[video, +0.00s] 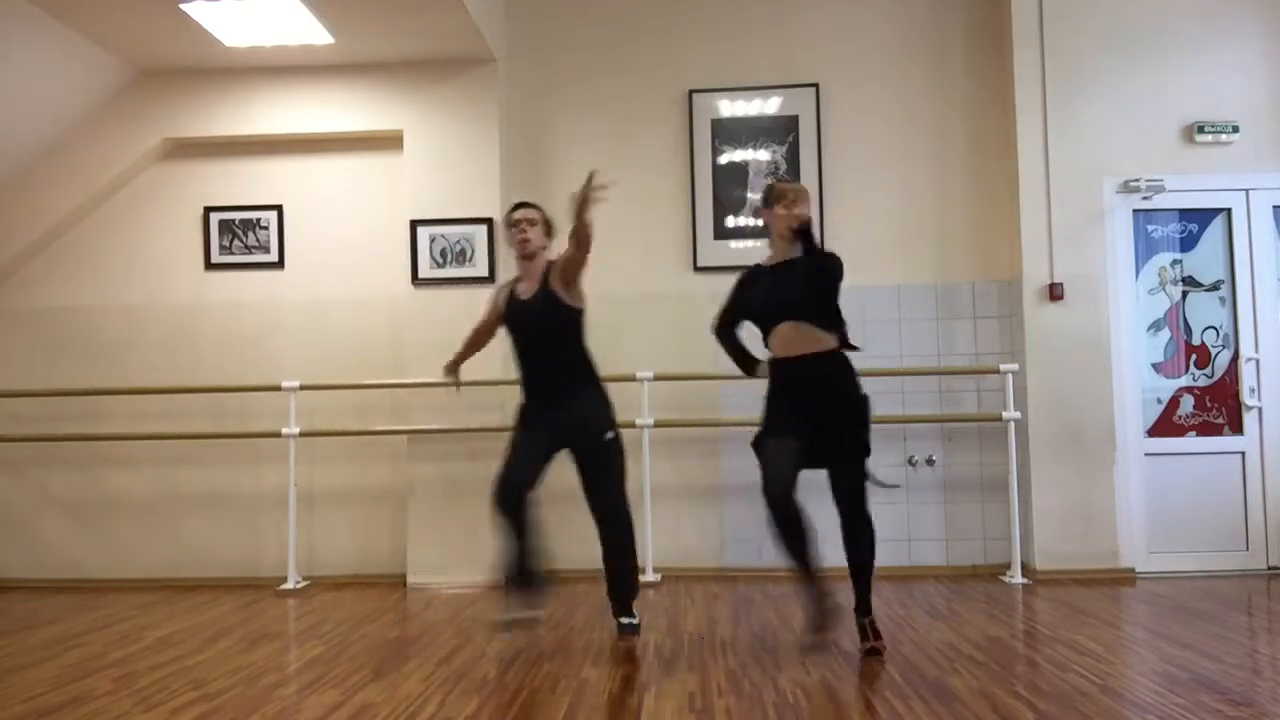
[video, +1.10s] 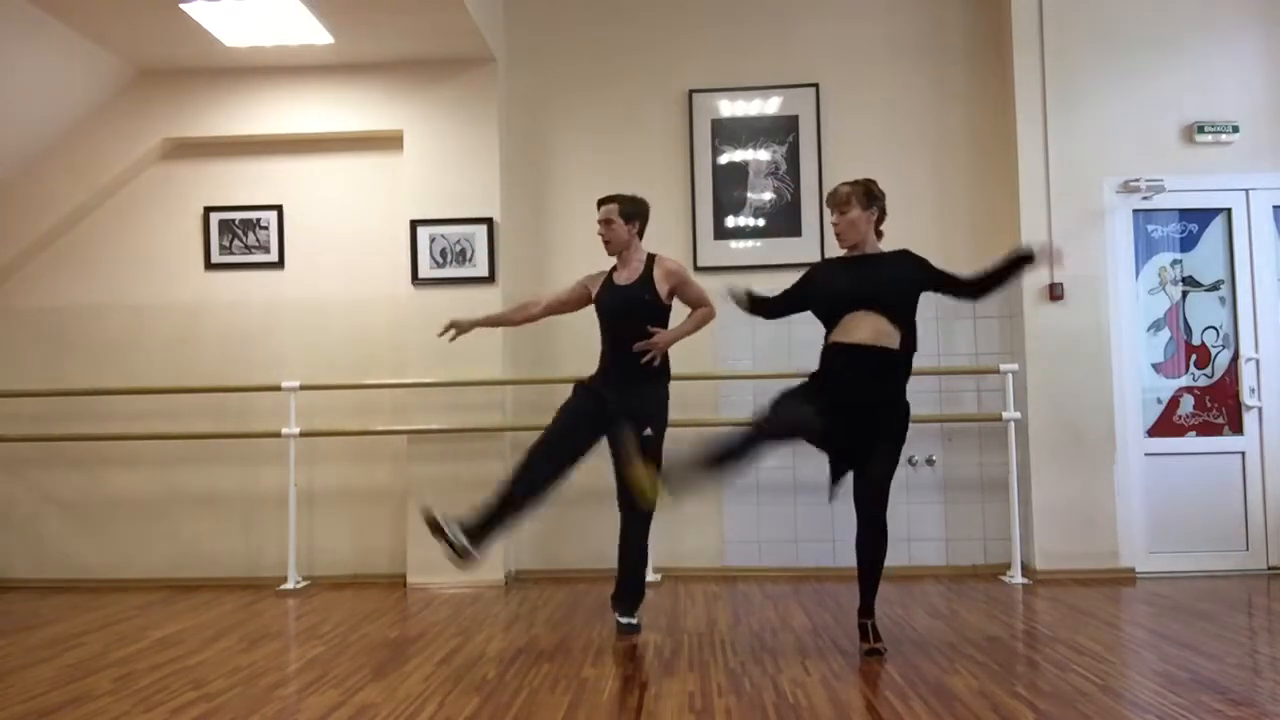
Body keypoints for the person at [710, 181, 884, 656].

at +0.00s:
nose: (795, 211)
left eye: (801, 204)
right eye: (785, 203)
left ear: (809, 216)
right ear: (766, 216)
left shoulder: (825, 265)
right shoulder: (754, 278)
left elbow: (826, 279)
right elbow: (723, 327)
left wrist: (806, 232)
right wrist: (751, 365)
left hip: (836, 388)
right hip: (787, 391)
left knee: (851, 502)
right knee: (777, 492)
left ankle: (864, 612)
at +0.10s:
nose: (817, 218)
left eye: (822, 211)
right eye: (807, 210)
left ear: (828, 222)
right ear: (783, 223)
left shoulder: (841, 270)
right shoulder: (770, 282)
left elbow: (829, 316)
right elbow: (745, 336)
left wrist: (790, 257)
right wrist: (772, 373)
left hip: (856, 393)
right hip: (809, 400)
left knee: (862, 507)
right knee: (822, 507)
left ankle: (863, 614)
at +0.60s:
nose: (849, 218)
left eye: (853, 212)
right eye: (838, 211)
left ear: (857, 222)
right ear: (816, 219)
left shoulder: (868, 264)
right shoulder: (798, 278)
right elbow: (774, 334)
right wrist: (796, 370)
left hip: (884, 388)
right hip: (834, 395)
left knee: (879, 505)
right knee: (858, 496)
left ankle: (865, 615)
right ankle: (940, 543)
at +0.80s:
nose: (858, 223)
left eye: (865, 216)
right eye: (849, 216)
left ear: (873, 224)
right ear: (831, 223)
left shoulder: (885, 278)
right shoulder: (815, 281)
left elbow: (879, 339)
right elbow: (791, 328)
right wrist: (798, 364)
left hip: (881, 397)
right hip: (831, 400)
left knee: (879, 509)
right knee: (849, 505)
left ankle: (866, 614)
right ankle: (930, 512)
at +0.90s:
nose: (847, 222)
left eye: (856, 213)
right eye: (840, 215)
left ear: (875, 218)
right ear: (834, 223)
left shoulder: (898, 277)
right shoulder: (822, 276)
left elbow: (926, 341)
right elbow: (791, 322)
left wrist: (959, 346)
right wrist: (792, 353)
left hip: (874, 387)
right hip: (825, 386)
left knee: (869, 499)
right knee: (839, 488)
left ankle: (868, 613)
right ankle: (871, 586)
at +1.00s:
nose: (840, 221)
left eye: (850, 212)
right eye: (836, 214)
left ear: (876, 216)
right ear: (834, 220)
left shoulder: (902, 273)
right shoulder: (823, 274)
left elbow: (953, 322)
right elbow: (784, 312)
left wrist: (1012, 319)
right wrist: (776, 332)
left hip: (877, 392)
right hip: (826, 389)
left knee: (868, 506)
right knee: (805, 482)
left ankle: (868, 614)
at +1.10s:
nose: (835, 221)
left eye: (844, 212)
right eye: (833, 213)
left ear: (874, 215)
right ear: (836, 220)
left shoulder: (907, 265)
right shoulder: (824, 273)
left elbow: (970, 289)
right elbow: (774, 307)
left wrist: (1020, 260)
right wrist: (744, 297)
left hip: (883, 394)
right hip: (828, 389)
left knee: (872, 510)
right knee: (766, 428)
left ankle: (867, 615)